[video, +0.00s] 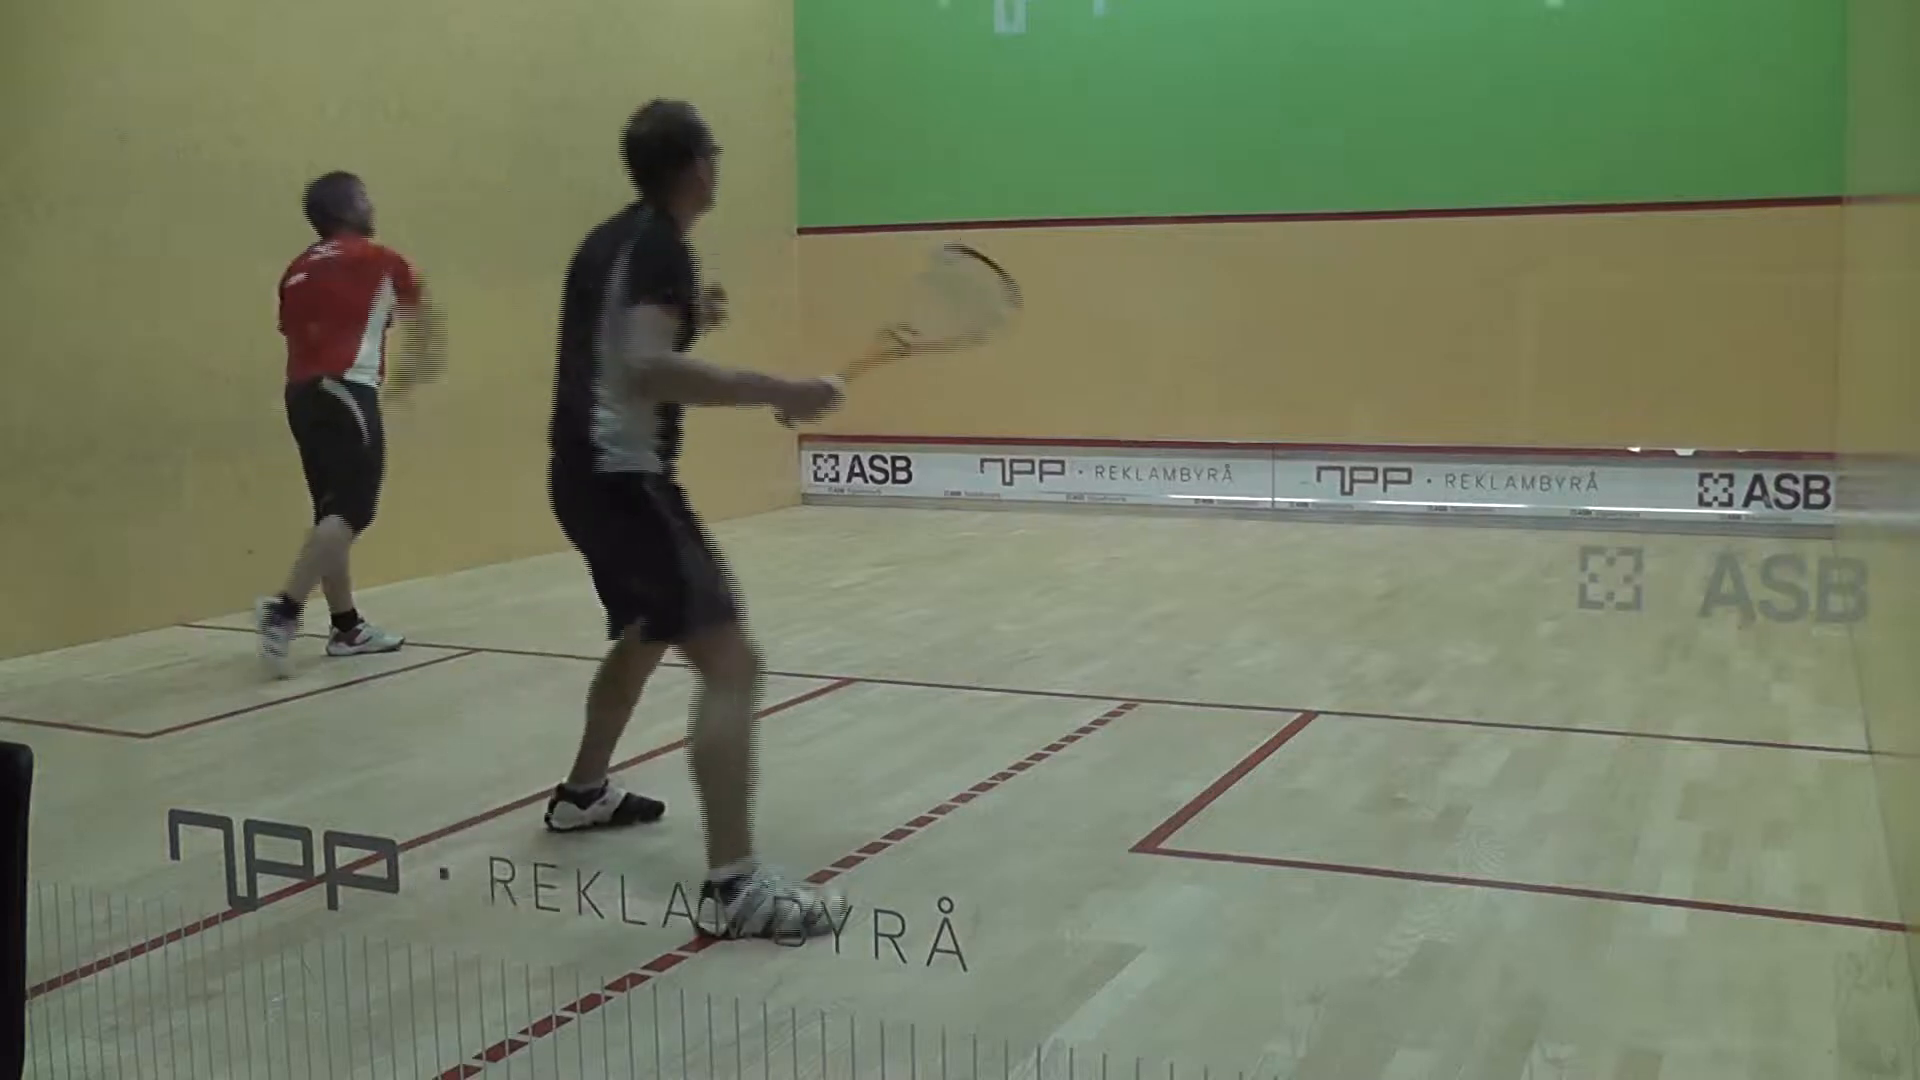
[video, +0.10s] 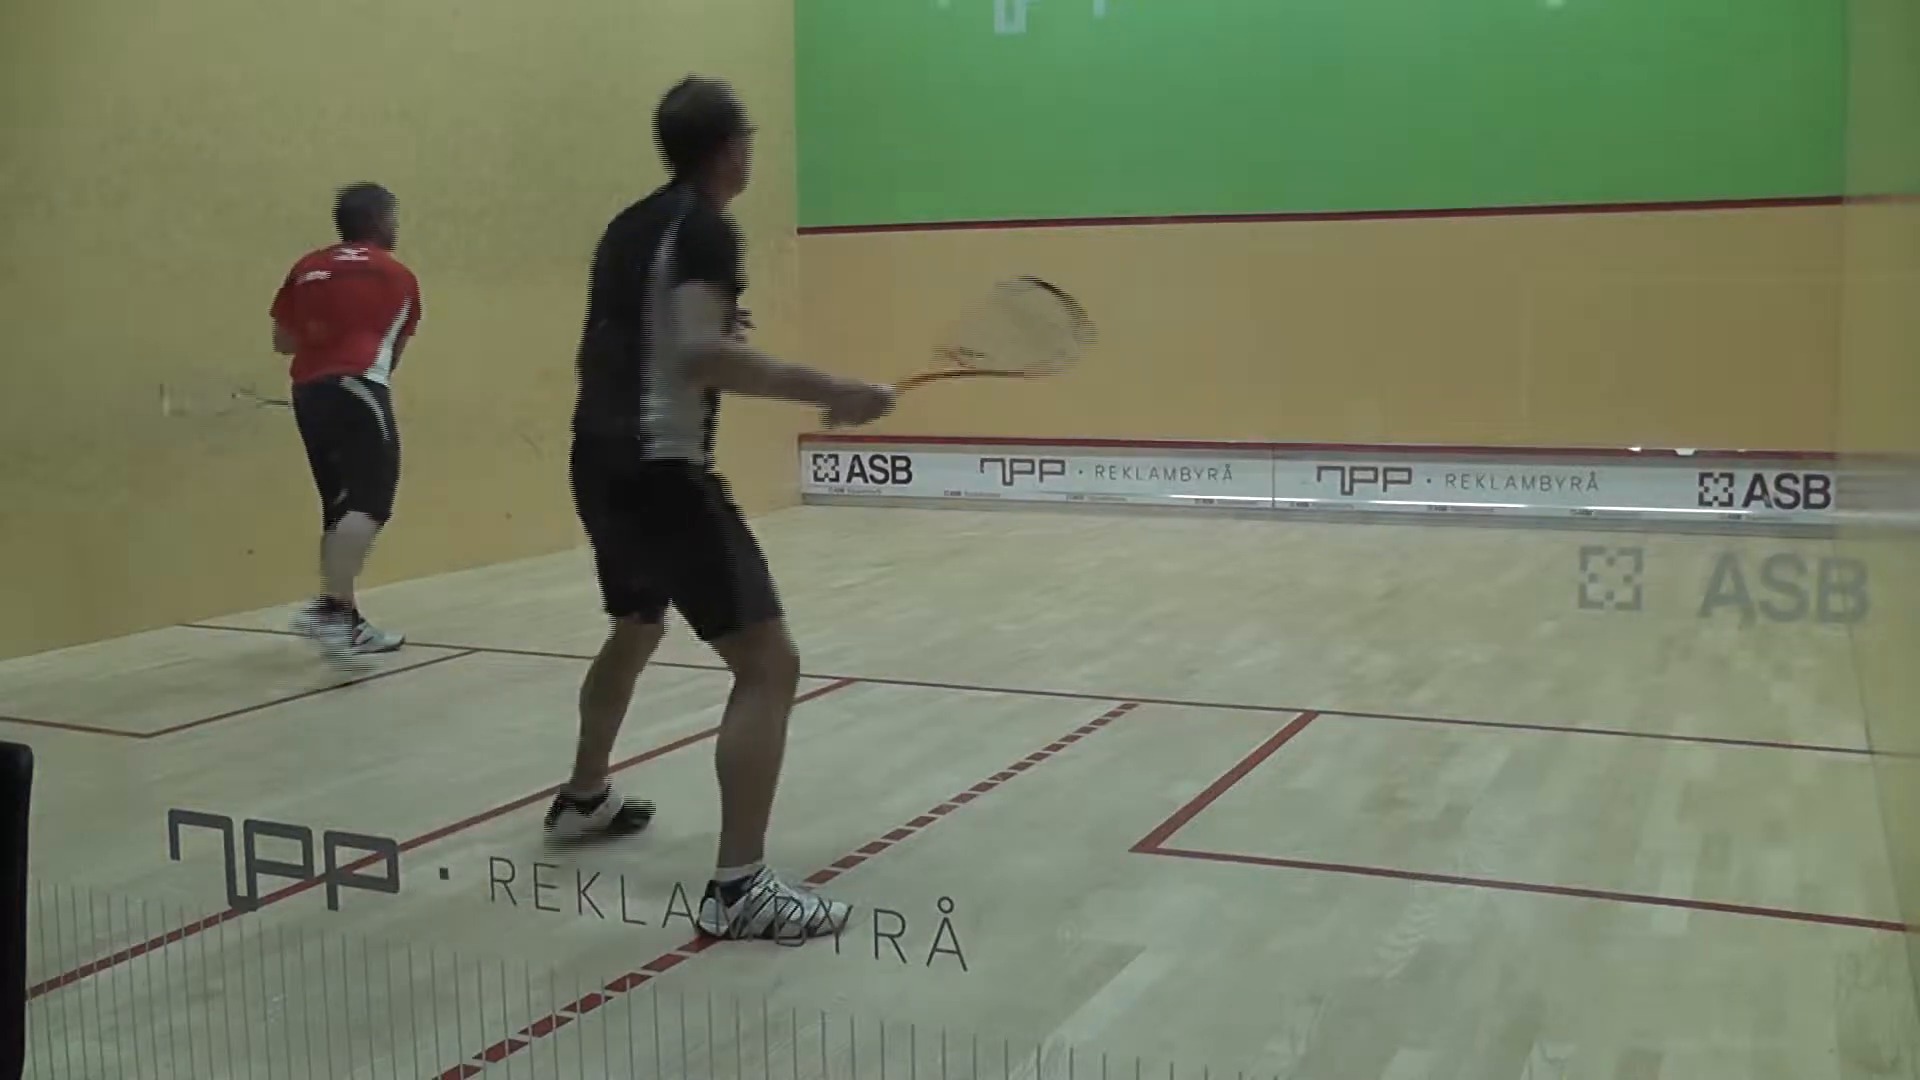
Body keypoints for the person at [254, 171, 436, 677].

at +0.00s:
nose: (372, 205)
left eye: (367, 196)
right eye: (364, 198)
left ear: (321, 218)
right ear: (353, 209)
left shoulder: (297, 269)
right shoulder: (384, 261)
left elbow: (294, 334)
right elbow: (422, 318)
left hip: (300, 393)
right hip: (346, 390)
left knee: (330, 510)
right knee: (353, 509)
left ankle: (346, 627)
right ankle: (282, 610)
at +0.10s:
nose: (397, 224)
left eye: (394, 215)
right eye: (392, 216)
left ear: (345, 225)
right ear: (378, 223)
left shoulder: (307, 266)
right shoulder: (400, 278)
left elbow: (283, 340)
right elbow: (390, 355)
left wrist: (336, 333)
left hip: (308, 391)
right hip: (357, 389)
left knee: (337, 505)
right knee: (372, 499)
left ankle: (347, 624)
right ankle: (330, 610)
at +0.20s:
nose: (407, 230)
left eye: (405, 221)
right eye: (403, 222)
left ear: (355, 226)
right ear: (391, 226)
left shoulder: (313, 265)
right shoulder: (407, 278)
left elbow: (280, 333)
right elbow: (404, 358)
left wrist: (332, 341)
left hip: (312, 391)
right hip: (364, 389)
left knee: (338, 511)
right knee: (378, 502)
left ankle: (342, 626)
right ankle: (366, 611)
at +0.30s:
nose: (417, 225)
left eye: (415, 215)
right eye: (412, 216)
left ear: (366, 222)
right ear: (394, 220)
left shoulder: (324, 265)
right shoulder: (412, 274)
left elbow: (290, 331)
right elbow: (433, 357)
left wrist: (319, 355)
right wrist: (430, 414)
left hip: (318, 394)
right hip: (368, 392)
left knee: (343, 508)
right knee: (404, 501)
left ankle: (345, 627)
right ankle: (407, 617)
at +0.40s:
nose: (423, 219)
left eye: (421, 210)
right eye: (416, 210)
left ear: (371, 217)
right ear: (393, 216)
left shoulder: (334, 264)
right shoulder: (415, 271)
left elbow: (310, 339)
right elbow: (447, 351)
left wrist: (349, 375)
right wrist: (472, 407)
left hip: (329, 398)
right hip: (376, 397)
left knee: (351, 509)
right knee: (419, 507)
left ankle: (346, 628)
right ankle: (417, 631)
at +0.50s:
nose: (431, 216)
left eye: (429, 207)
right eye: (422, 208)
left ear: (383, 216)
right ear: (395, 213)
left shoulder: (358, 263)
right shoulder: (414, 267)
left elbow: (370, 339)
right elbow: (470, 344)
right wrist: (519, 389)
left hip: (352, 404)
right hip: (387, 407)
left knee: (367, 516)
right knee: (427, 519)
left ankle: (348, 628)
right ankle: (412, 641)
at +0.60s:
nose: (437, 214)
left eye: (436, 205)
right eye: (426, 206)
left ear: (398, 216)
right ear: (396, 213)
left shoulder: (380, 262)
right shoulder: (414, 266)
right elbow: (473, 337)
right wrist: (535, 379)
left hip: (369, 405)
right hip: (397, 407)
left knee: (384, 515)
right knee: (434, 519)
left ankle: (352, 625)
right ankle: (412, 641)